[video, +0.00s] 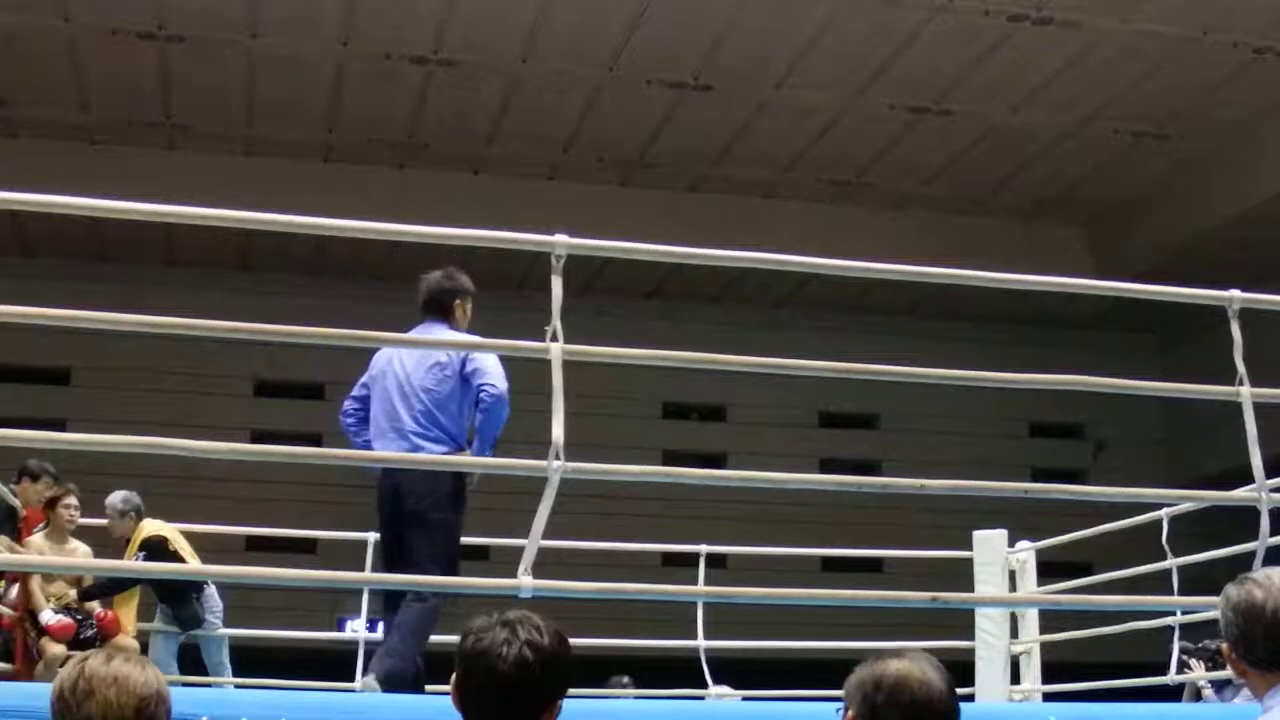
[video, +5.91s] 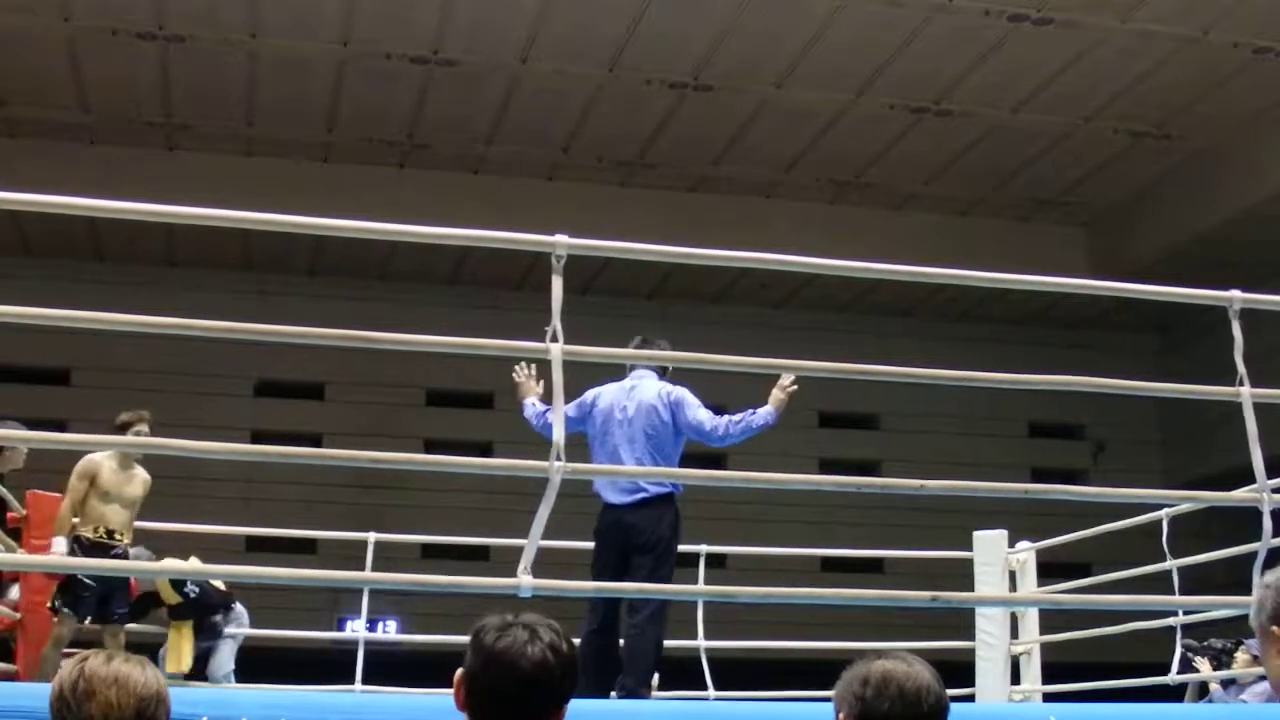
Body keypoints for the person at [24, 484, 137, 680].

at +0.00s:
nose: (72, 514)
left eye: (76, 509)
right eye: (66, 508)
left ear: (81, 513)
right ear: (50, 511)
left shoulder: (84, 550)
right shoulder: (33, 544)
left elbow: (87, 592)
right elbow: (33, 584)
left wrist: (99, 613)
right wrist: (47, 616)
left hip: (78, 613)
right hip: (42, 612)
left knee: (130, 646)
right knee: (56, 652)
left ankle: (117, 702)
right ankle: (37, 703)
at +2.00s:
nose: (77, 515)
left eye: (81, 510)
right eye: (70, 509)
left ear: (84, 514)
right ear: (54, 513)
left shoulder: (85, 552)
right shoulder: (35, 545)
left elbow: (91, 593)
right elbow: (36, 587)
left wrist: (106, 615)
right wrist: (50, 618)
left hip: (78, 614)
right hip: (43, 612)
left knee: (129, 647)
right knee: (55, 652)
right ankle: (37, 706)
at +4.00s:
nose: (86, 522)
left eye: (89, 517)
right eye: (80, 516)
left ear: (93, 519)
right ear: (63, 516)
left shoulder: (92, 552)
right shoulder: (41, 545)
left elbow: (94, 594)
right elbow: (33, 588)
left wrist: (106, 614)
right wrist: (51, 620)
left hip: (81, 614)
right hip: (46, 612)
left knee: (128, 646)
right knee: (56, 652)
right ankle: (33, 700)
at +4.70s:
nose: (114, 483)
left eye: (117, 477)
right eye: (108, 476)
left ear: (118, 480)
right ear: (90, 478)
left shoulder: (114, 511)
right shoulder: (65, 511)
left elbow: (112, 559)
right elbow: (54, 562)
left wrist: (121, 595)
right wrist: (60, 606)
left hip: (92, 590)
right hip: (59, 587)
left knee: (125, 645)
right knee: (51, 648)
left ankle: (109, 706)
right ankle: (24, 699)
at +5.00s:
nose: (106, 451)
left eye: (109, 445)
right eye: (100, 445)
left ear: (110, 447)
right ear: (83, 446)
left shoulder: (110, 484)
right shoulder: (55, 481)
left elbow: (111, 530)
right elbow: (38, 529)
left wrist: (120, 566)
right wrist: (44, 569)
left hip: (96, 561)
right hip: (60, 559)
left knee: (112, 639)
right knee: (45, 640)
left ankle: (110, 709)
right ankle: (25, 702)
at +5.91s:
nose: (145, 440)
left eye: (147, 435)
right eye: (138, 434)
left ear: (149, 439)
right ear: (121, 435)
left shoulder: (144, 479)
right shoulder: (92, 464)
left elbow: (131, 521)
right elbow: (68, 507)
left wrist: (125, 554)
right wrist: (59, 548)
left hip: (118, 552)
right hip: (85, 546)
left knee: (116, 634)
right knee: (64, 631)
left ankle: (117, 703)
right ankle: (41, 695)